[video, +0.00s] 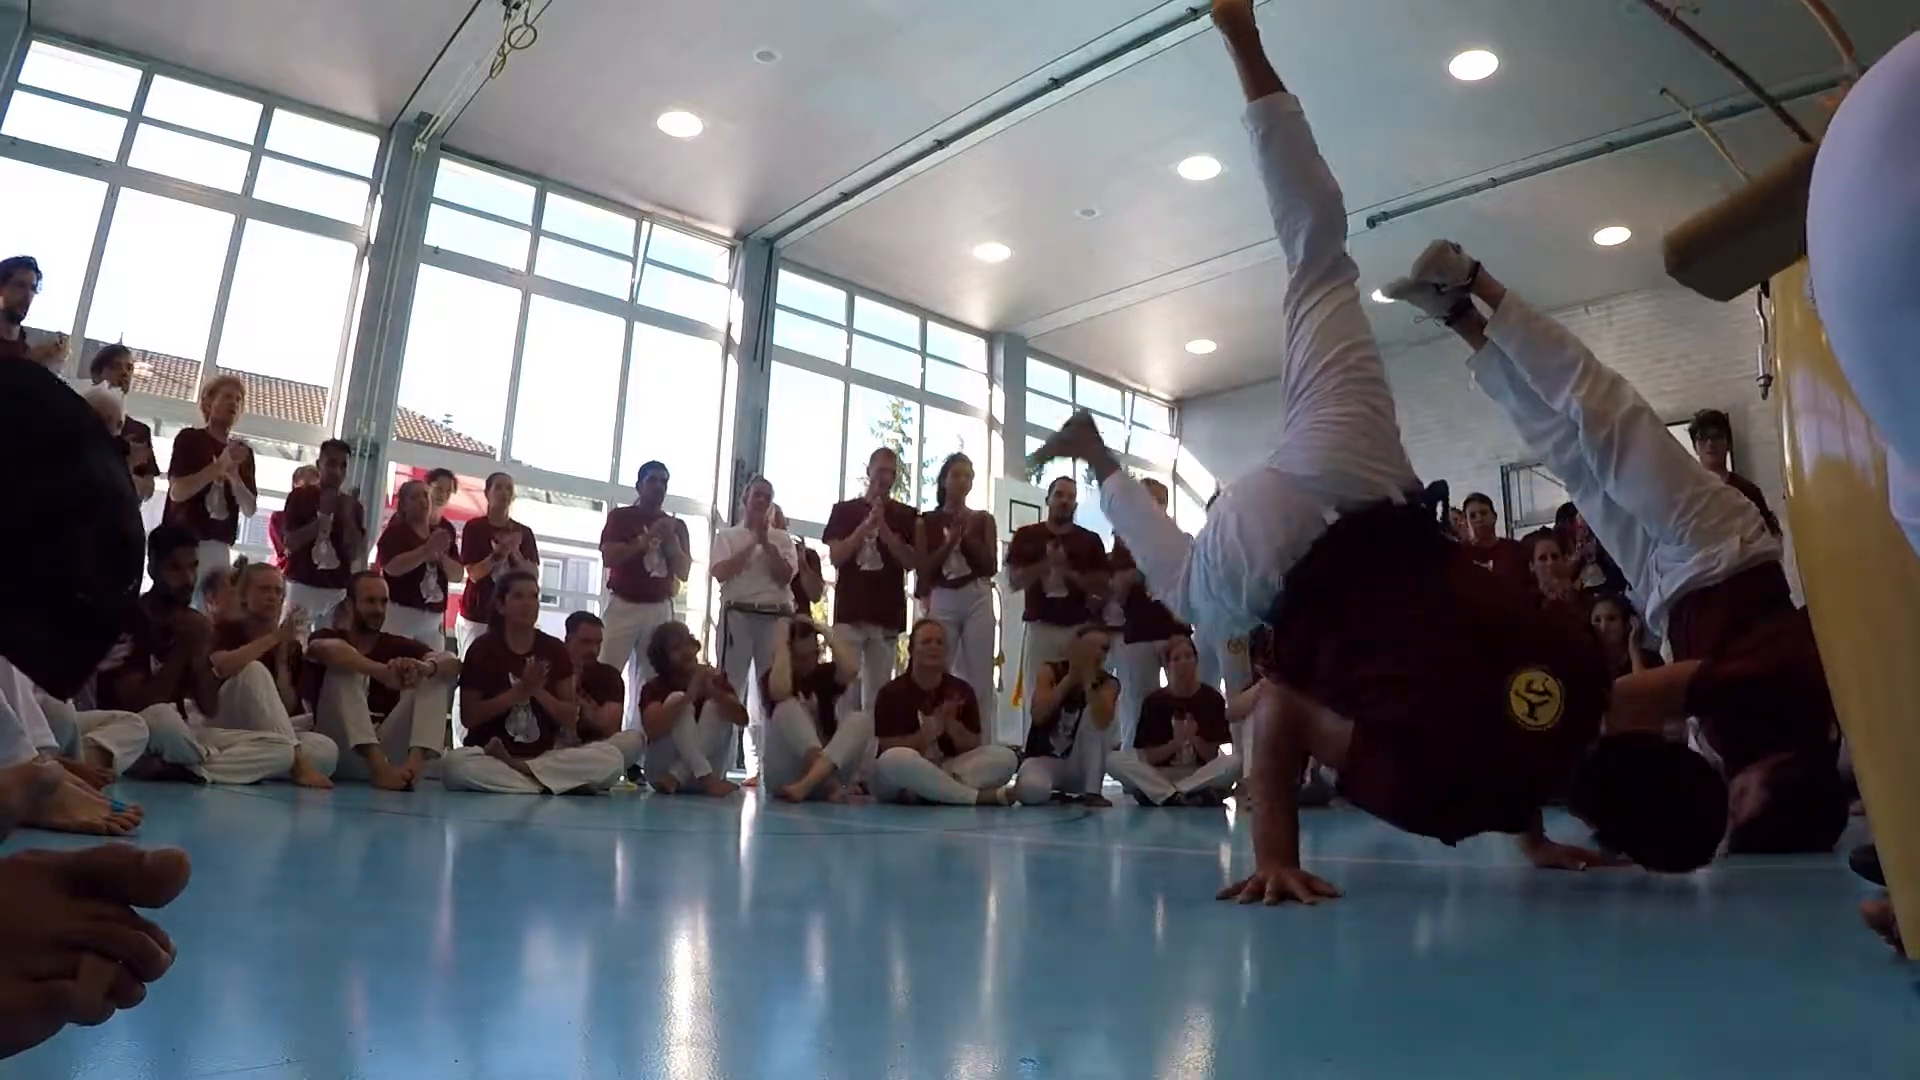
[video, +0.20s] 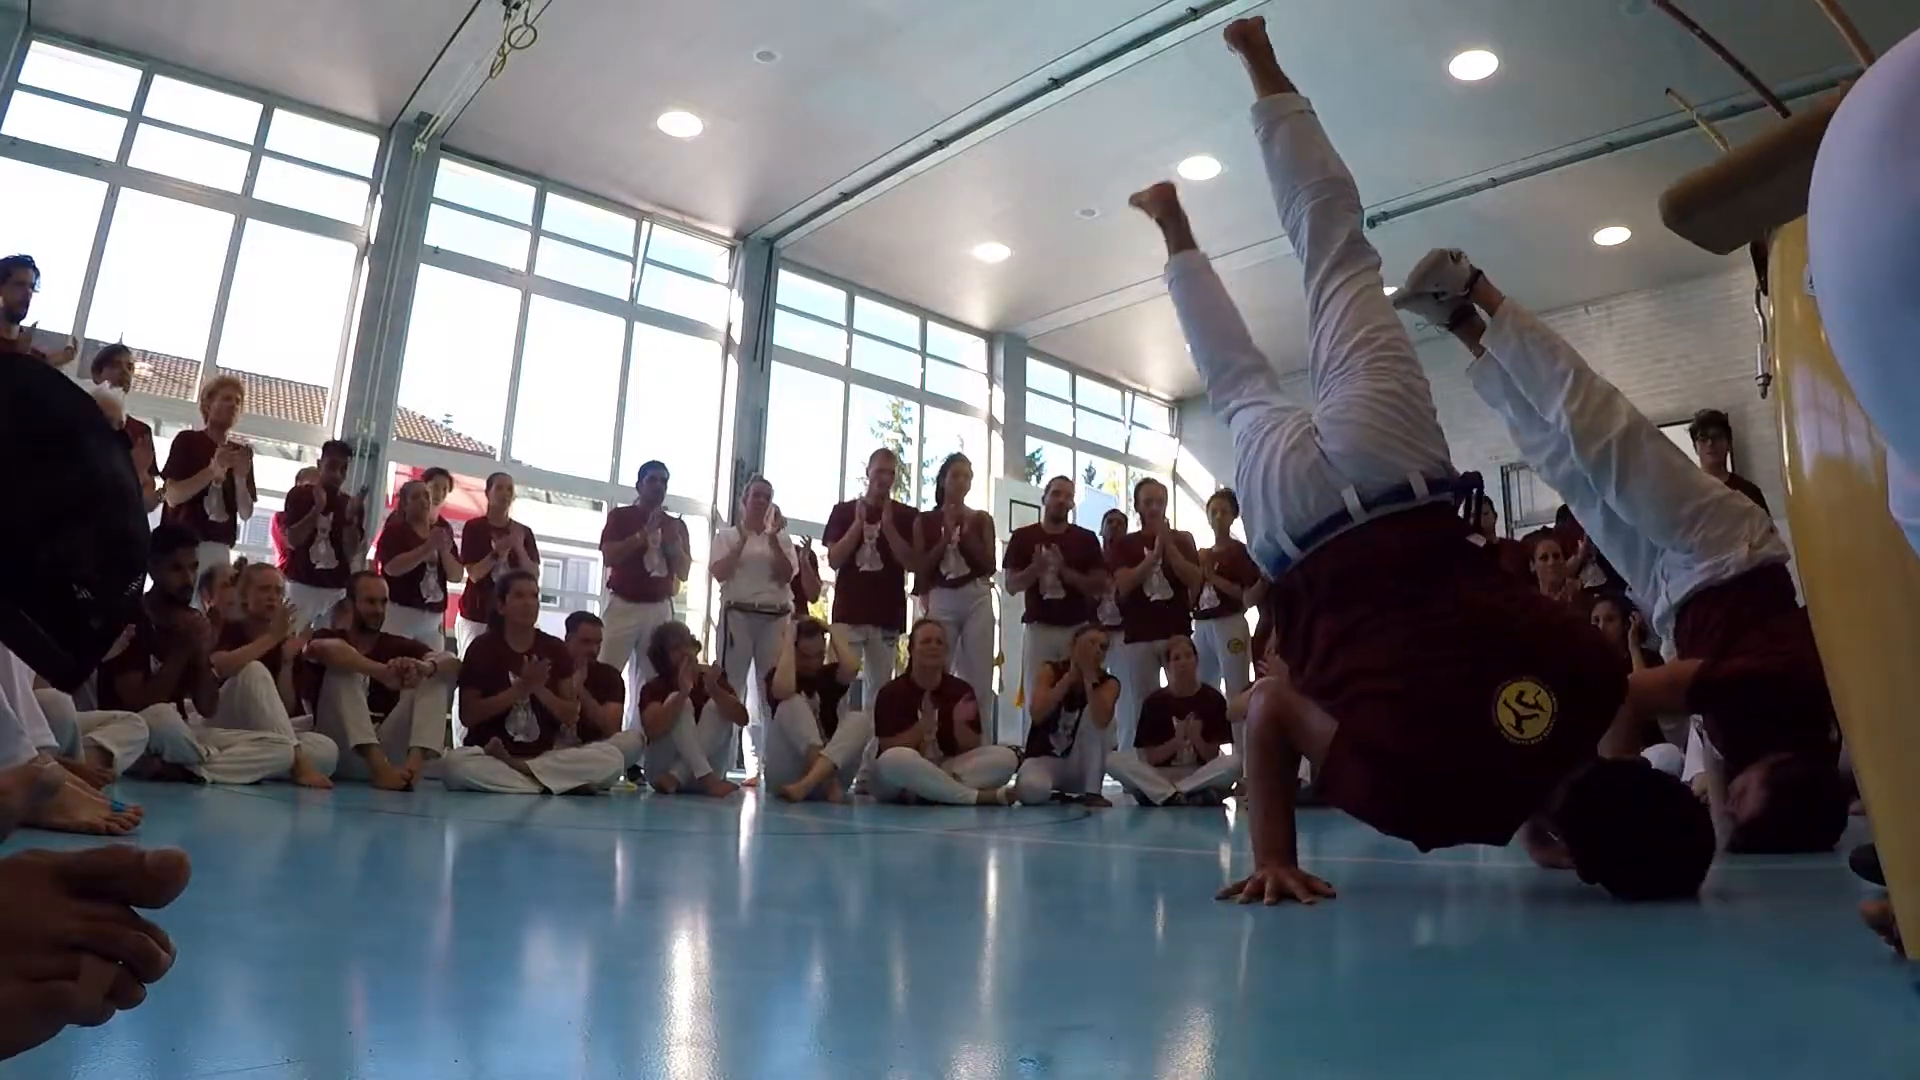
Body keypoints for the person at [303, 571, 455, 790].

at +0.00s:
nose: (378, 609)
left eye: (383, 602)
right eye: (370, 601)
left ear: (388, 603)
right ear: (351, 603)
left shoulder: (392, 643)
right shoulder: (329, 637)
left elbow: (453, 662)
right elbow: (317, 649)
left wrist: (427, 666)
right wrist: (382, 671)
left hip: (387, 750)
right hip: (338, 750)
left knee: (438, 673)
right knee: (343, 661)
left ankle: (415, 763)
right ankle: (378, 764)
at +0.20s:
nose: (378, 609)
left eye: (383, 602)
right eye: (370, 602)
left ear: (388, 603)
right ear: (352, 603)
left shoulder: (392, 643)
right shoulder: (328, 638)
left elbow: (453, 661)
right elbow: (316, 650)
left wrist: (427, 666)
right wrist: (382, 672)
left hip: (386, 750)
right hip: (337, 749)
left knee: (438, 674)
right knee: (342, 662)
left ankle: (415, 763)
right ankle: (378, 764)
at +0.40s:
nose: (378, 609)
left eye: (383, 602)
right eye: (370, 602)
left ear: (388, 603)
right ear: (352, 602)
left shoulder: (393, 643)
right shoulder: (328, 637)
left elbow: (453, 662)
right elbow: (317, 650)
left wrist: (428, 666)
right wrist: (383, 672)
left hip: (387, 751)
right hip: (338, 750)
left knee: (437, 673)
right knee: (342, 662)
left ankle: (415, 763)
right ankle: (378, 764)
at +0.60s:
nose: (379, 609)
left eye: (384, 602)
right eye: (370, 602)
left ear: (389, 603)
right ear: (352, 602)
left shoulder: (393, 643)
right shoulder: (328, 638)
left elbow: (453, 662)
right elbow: (322, 650)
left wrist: (427, 666)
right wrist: (383, 672)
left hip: (386, 751)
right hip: (337, 749)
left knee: (436, 674)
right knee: (342, 663)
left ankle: (415, 763)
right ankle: (378, 764)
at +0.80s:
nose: (379, 609)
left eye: (384, 602)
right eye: (371, 602)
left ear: (389, 603)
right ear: (352, 603)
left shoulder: (394, 643)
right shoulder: (328, 637)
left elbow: (453, 662)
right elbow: (318, 649)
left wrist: (427, 666)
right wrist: (382, 672)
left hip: (387, 751)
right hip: (338, 750)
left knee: (436, 675)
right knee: (342, 662)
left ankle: (415, 763)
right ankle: (378, 764)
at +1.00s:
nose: (379, 610)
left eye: (384, 602)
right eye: (371, 602)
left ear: (389, 603)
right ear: (353, 603)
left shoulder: (394, 643)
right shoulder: (329, 637)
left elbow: (454, 662)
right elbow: (319, 648)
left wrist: (428, 666)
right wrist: (382, 672)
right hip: (338, 750)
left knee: (437, 674)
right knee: (342, 663)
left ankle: (415, 764)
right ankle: (378, 764)